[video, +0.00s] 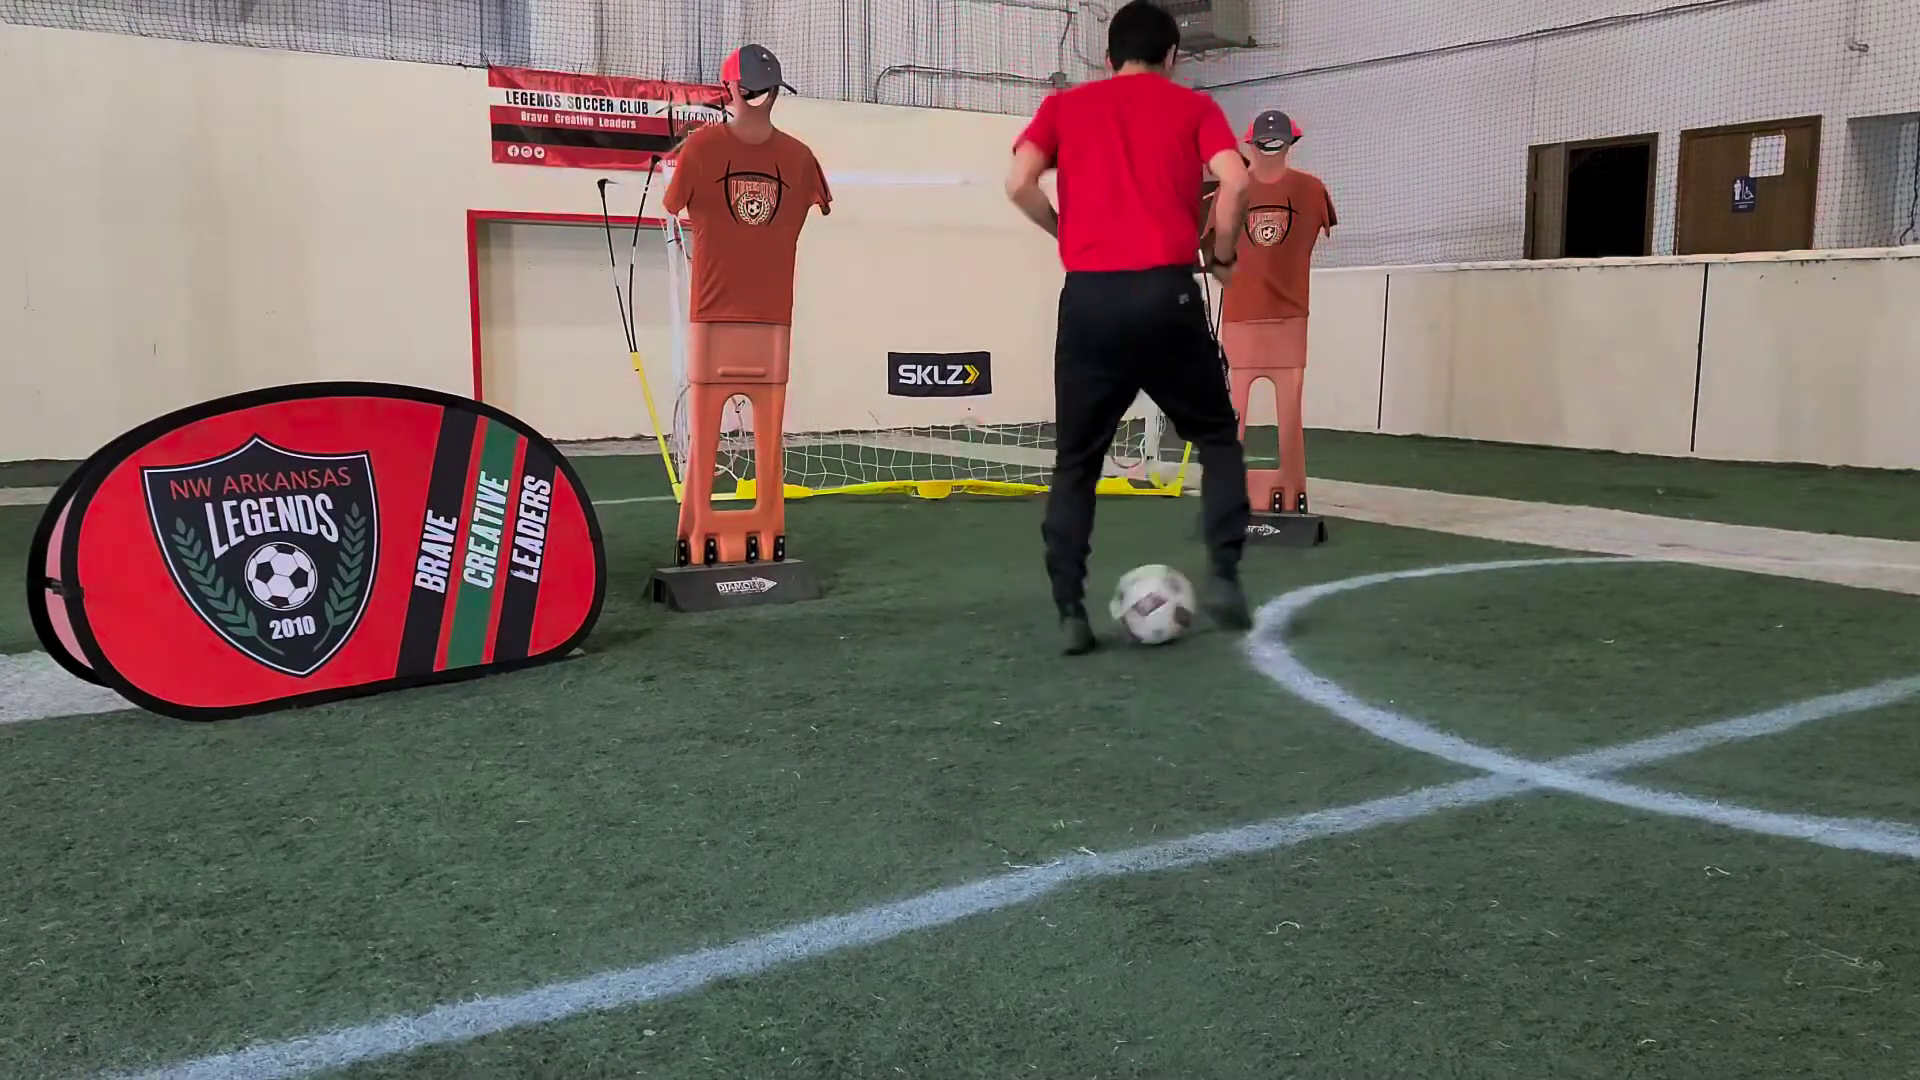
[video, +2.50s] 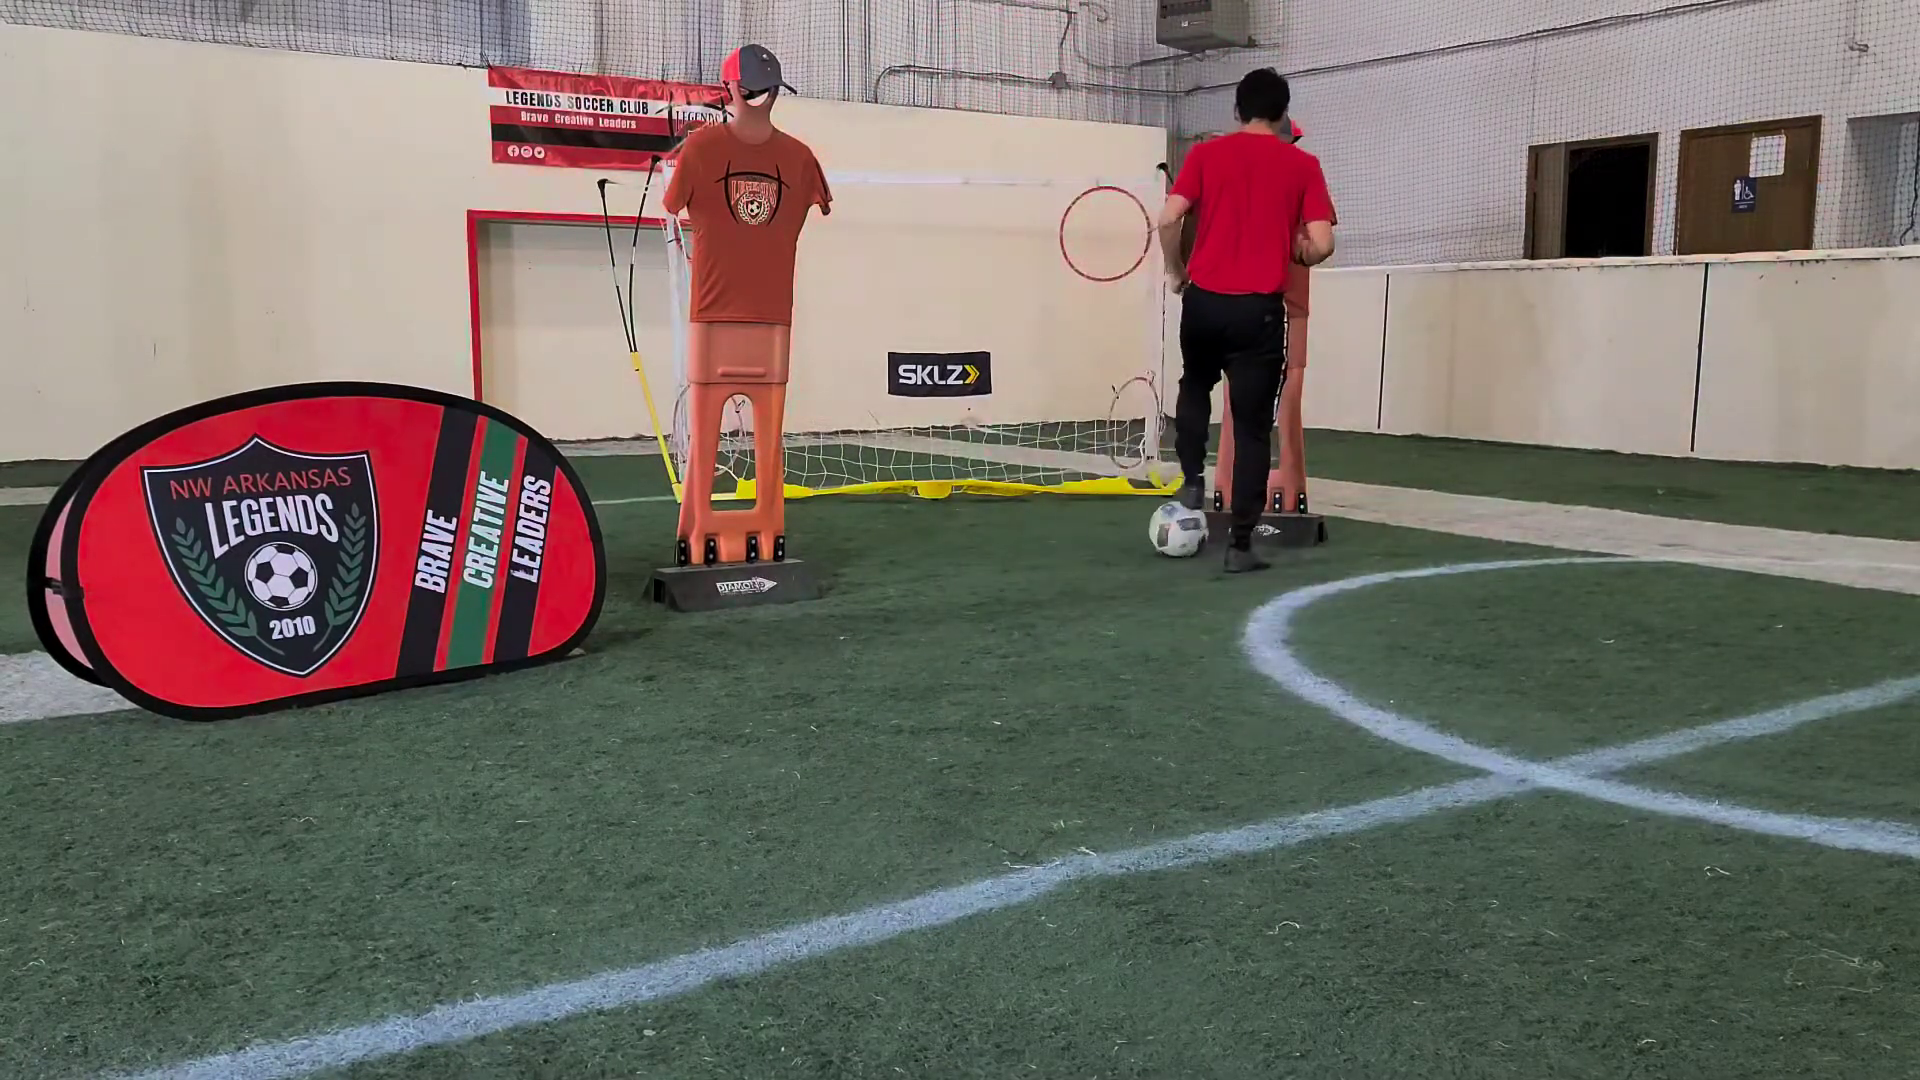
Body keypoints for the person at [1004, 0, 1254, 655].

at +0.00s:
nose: (1174, 64)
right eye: (1177, 56)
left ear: (1107, 57)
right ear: (1171, 57)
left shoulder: (1064, 104)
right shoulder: (1195, 107)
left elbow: (1019, 186)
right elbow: (1237, 178)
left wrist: (1064, 230)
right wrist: (1222, 243)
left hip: (1087, 300)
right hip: (1165, 298)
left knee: (1076, 457)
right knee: (1217, 436)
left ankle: (1071, 611)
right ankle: (1224, 576)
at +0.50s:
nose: (1195, 72)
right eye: (1198, 64)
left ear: (1135, 65)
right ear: (1193, 65)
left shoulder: (1102, 108)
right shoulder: (1218, 113)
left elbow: (1050, 160)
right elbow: (1255, 193)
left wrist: (1072, 230)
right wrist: (1231, 235)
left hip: (1118, 296)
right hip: (1190, 296)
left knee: (1090, 427)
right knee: (1211, 435)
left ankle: (1073, 558)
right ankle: (1204, 572)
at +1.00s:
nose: (1207, 97)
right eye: (1212, 87)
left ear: (1160, 92)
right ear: (1213, 91)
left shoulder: (1132, 134)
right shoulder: (1239, 143)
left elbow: (1084, 183)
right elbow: (1276, 224)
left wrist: (1094, 249)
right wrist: (1242, 246)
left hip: (1141, 310)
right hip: (1208, 313)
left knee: (1104, 421)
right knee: (1211, 442)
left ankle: (1082, 537)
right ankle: (1210, 577)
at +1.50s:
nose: (1236, 120)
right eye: (1238, 113)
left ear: (1187, 110)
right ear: (1236, 113)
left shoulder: (1156, 152)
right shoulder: (1255, 161)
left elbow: (1106, 208)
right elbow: (1285, 230)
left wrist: (1125, 263)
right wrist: (1283, 278)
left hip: (1157, 319)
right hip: (1220, 321)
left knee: (1113, 416)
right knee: (1219, 443)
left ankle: (1081, 526)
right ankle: (1217, 566)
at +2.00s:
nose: (1250, 121)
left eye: (1245, 115)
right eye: (1250, 114)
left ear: (1200, 110)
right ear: (1244, 112)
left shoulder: (1159, 154)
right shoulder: (1254, 153)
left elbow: (1111, 223)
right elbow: (1271, 202)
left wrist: (1153, 253)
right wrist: (1274, 274)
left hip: (1170, 312)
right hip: (1230, 311)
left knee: (1158, 423)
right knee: (1258, 411)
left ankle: (1143, 539)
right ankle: (1263, 519)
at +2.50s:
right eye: (1285, 111)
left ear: (1237, 111)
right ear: (1283, 114)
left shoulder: (1205, 153)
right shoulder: (1303, 164)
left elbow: (1167, 219)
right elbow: (1319, 247)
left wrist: (1175, 270)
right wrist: (1284, 244)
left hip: (1203, 308)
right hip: (1260, 312)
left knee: (1196, 380)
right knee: (1253, 427)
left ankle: (1192, 486)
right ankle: (1241, 544)